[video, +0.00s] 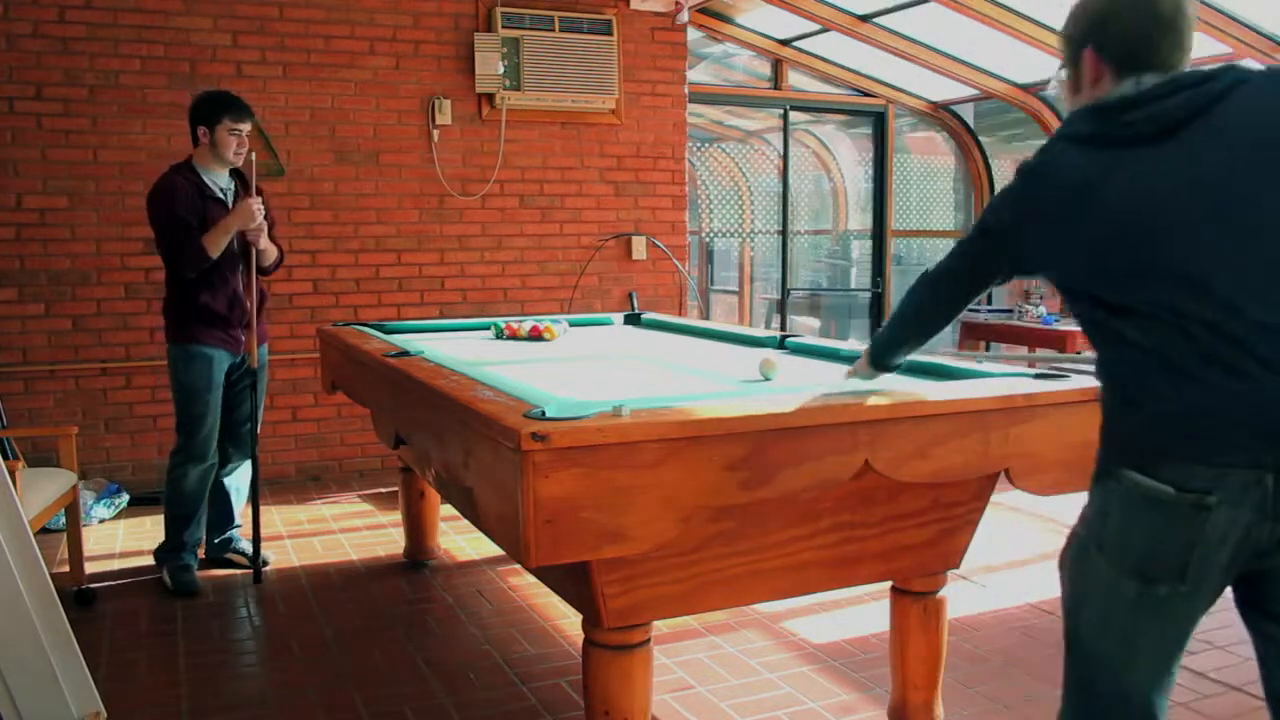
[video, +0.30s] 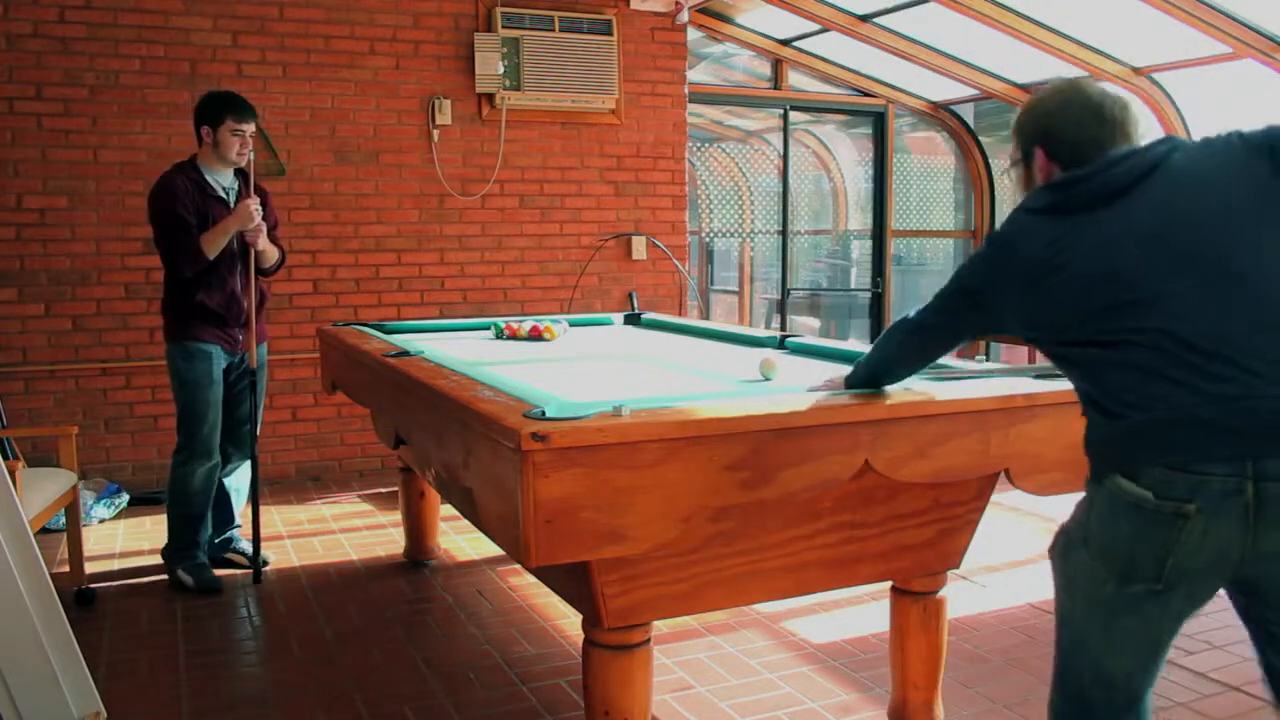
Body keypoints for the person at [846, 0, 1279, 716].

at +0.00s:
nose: (1063, 88)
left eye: (1065, 73)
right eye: (1062, 74)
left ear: (1091, 69)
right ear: (1177, 60)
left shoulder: (1060, 177)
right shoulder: (1263, 101)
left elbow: (947, 286)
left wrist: (871, 362)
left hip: (1178, 469)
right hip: (1275, 462)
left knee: (1113, 695)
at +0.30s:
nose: (1017, 183)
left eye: (1017, 167)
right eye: (1015, 168)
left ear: (1042, 164)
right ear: (1128, 142)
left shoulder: (1025, 246)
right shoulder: (1243, 160)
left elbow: (924, 332)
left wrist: (862, 378)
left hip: (1166, 488)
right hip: (1278, 485)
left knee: (1096, 706)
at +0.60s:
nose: (1039, 242)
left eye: (1039, 228)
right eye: (1036, 230)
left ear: (1066, 224)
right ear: (1143, 192)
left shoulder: (1050, 305)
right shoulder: (1246, 201)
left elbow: (937, 355)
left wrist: (861, 379)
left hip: (1242, 510)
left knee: (1122, 701)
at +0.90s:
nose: (1045, 261)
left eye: (1045, 247)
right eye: (1042, 249)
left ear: (1072, 245)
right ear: (1150, 214)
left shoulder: (1054, 316)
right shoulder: (1250, 216)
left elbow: (940, 359)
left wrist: (860, 378)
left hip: (1237, 503)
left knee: (1127, 701)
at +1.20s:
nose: (1044, 269)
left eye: (1045, 252)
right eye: (1042, 255)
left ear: (1073, 250)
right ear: (1150, 221)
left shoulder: (1052, 320)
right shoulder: (1247, 219)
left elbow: (937, 361)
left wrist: (860, 376)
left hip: (1238, 505)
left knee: (1130, 703)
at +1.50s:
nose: (1044, 270)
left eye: (1046, 253)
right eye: (1042, 255)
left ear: (1074, 251)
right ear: (1150, 223)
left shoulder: (1056, 321)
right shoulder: (1247, 218)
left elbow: (938, 362)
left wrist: (861, 376)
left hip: (1241, 504)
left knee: (1134, 703)